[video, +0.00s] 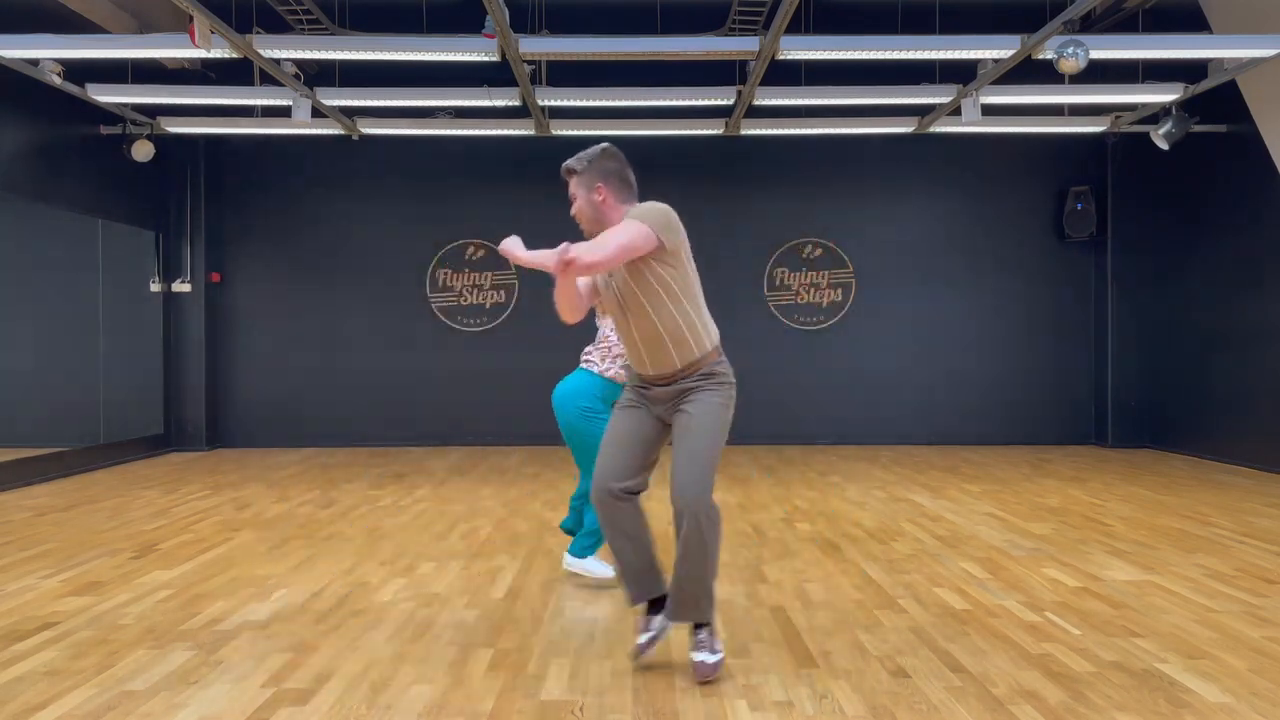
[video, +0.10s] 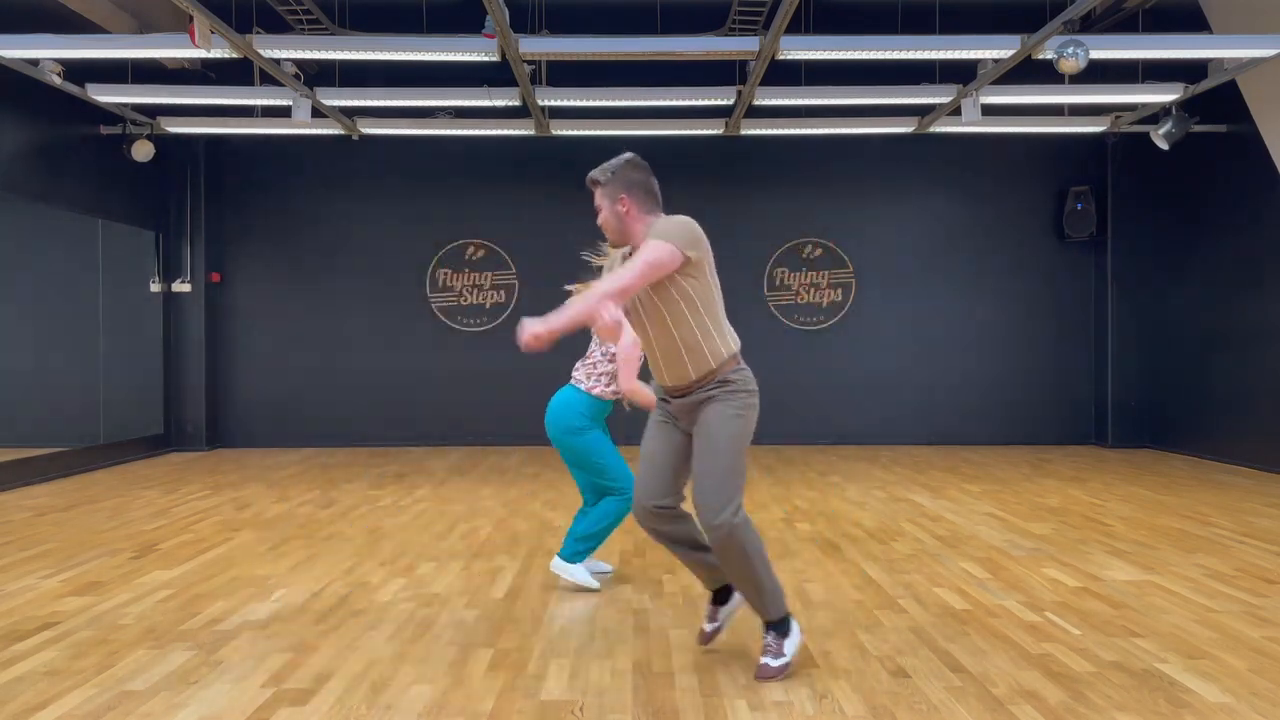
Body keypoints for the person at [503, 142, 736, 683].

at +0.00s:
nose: (570, 210)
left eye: (574, 198)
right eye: (570, 200)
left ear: (602, 193)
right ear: (602, 195)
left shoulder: (656, 218)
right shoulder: (592, 254)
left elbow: (587, 258)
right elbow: (571, 315)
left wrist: (523, 255)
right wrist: (561, 270)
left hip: (704, 381)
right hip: (643, 391)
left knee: (692, 498)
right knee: (609, 489)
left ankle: (701, 624)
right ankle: (656, 599)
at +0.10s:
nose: (597, 221)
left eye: (600, 209)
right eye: (596, 210)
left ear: (626, 204)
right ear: (627, 206)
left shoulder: (679, 231)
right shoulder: (625, 265)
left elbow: (625, 284)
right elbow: (597, 306)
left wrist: (550, 324)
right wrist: (605, 318)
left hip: (724, 391)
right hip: (671, 401)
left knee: (719, 515)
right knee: (652, 509)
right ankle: (724, 586)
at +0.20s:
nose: (616, 237)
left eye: (619, 227)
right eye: (616, 227)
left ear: (639, 228)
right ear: (647, 227)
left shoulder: (700, 268)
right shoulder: (640, 294)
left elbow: (690, 344)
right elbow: (637, 365)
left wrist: (666, 416)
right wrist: (648, 419)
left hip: (739, 411)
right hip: (692, 425)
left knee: (738, 534)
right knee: (690, 535)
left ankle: (804, 639)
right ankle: (764, 608)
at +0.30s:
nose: (624, 219)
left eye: (626, 210)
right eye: (624, 211)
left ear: (639, 214)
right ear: (663, 209)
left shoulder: (697, 258)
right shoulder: (649, 270)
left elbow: (751, 323)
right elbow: (661, 344)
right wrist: (661, 408)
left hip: (734, 396)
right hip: (690, 407)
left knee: (742, 518)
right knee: (691, 515)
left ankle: (800, 636)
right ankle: (764, 612)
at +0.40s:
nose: (619, 192)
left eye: (623, 184)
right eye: (620, 184)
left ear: (645, 187)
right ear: (651, 185)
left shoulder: (695, 232)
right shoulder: (651, 235)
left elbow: (758, 279)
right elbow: (667, 295)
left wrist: (796, 347)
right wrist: (652, 341)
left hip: (725, 366)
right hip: (682, 374)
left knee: (721, 476)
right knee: (672, 475)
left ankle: (778, 599)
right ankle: (742, 567)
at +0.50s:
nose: (632, 193)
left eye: (643, 183)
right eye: (626, 183)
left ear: (671, 185)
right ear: (622, 186)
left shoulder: (694, 233)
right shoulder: (645, 238)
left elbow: (758, 277)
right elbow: (662, 287)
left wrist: (751, 345)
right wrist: (636, 310)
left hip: (723, 362)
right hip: (681, 367)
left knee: (683, 462)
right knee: (650, 457)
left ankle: (734, 563)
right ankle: (729, 533)